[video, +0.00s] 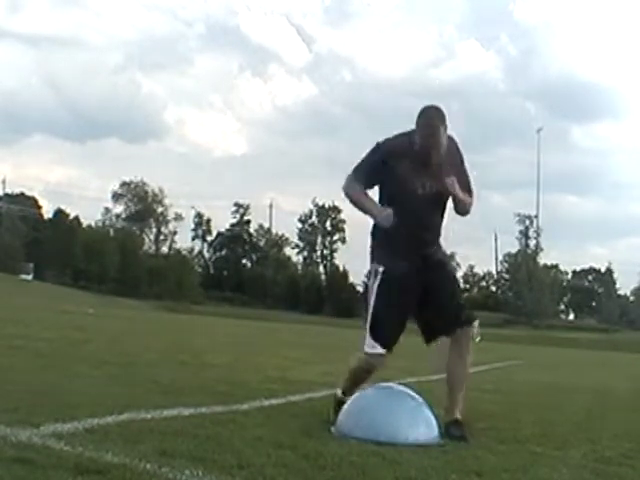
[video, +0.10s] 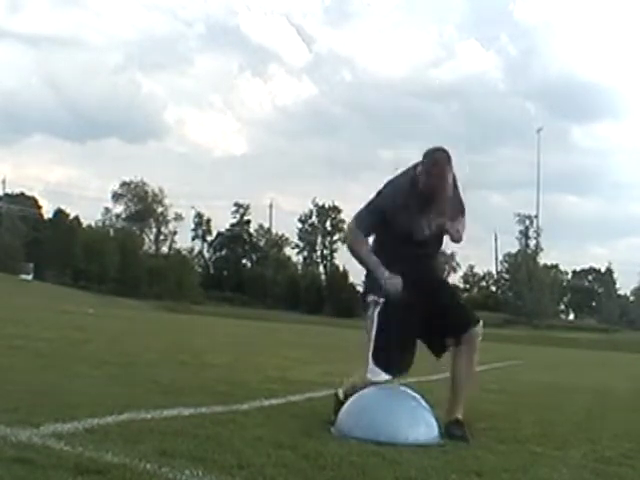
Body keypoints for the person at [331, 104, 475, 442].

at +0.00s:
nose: (431, 150)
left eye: (436, 143)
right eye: (425, 143)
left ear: (445, 135)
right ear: (416, 133)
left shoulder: (450, 151)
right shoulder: (391, 150)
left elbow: (466, 207)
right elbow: (352, 188)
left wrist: (457, 194)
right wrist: (376, 211)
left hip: (431, 257)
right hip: (391, 258)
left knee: (463, 330)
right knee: (374, 357)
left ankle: (454, 419)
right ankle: (343, 398)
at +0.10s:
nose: (432, 192)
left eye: (438, 187)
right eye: (428, 186)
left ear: (449, 179)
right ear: (419, 172)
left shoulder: (448, 186)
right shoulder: (397, 190)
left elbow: (458, 230)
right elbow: (353, 235)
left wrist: (451, 226)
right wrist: (382, 275)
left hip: (427, 278)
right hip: (391, 278)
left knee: (467, 333)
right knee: (393, 368)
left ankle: (456, 418)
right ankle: (348, 392)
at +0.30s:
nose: (435, 267)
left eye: (440, 261)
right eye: (429, 262)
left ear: (449, 243)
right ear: (417, 241)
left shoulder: (449, 234)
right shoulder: (390, 243)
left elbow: (466, 282)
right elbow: (356, 302)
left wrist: (444, 306)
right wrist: (388, 345)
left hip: (422, 309)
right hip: (386, 312)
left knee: (465, 329)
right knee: (386, 395)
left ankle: (455, 418)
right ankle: (344, 394)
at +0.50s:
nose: (420, 269)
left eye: (425, 265)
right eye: (415, 263)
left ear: (437, 250)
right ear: (405, 242)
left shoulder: (446, 262)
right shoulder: (382, 223)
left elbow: (422, 326)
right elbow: (344, 236)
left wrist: (386, 364)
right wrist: (349, 287)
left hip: (423, 302)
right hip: (381, 300)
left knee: (463, 331)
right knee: (373, 385)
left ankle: (454, 417)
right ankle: (340, 393)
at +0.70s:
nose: (412, 235)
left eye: (417, 231)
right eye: (407, 229)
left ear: (428, 219)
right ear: (396, 214)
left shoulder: (440, 240)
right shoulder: (379, 214)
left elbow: (435, 307)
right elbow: (349, 258)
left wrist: (415, 358)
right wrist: (358, 299)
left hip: (422, 315)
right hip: (383, 314)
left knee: (460, 340)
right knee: (360, 409)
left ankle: (451, 418)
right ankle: (332, 393)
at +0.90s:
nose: (400, 271)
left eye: (406, 265)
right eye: (395, 264)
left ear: (418, 249)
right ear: (385, 248)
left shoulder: (435, 259)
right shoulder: (371, 250)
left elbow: (429, 327)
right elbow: (364, 323)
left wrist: (413, 383)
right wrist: (374, 383)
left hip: (423, 319)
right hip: (385, 322)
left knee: (464, 343)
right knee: (366, 410)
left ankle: (451, 419)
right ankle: (331, 392)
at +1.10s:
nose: (409, 260)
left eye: (415, 255)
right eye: (404, 254)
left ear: (425, 242)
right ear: (393, 241)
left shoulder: (441, 250)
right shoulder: (378, 243)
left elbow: (432, 323)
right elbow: (368, 319)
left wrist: (412, 382)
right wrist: (375, 382)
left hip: (428, 313)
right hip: (389, 316)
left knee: (465, 342)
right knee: (371, 395)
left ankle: (451, 419)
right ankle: (332, 389)